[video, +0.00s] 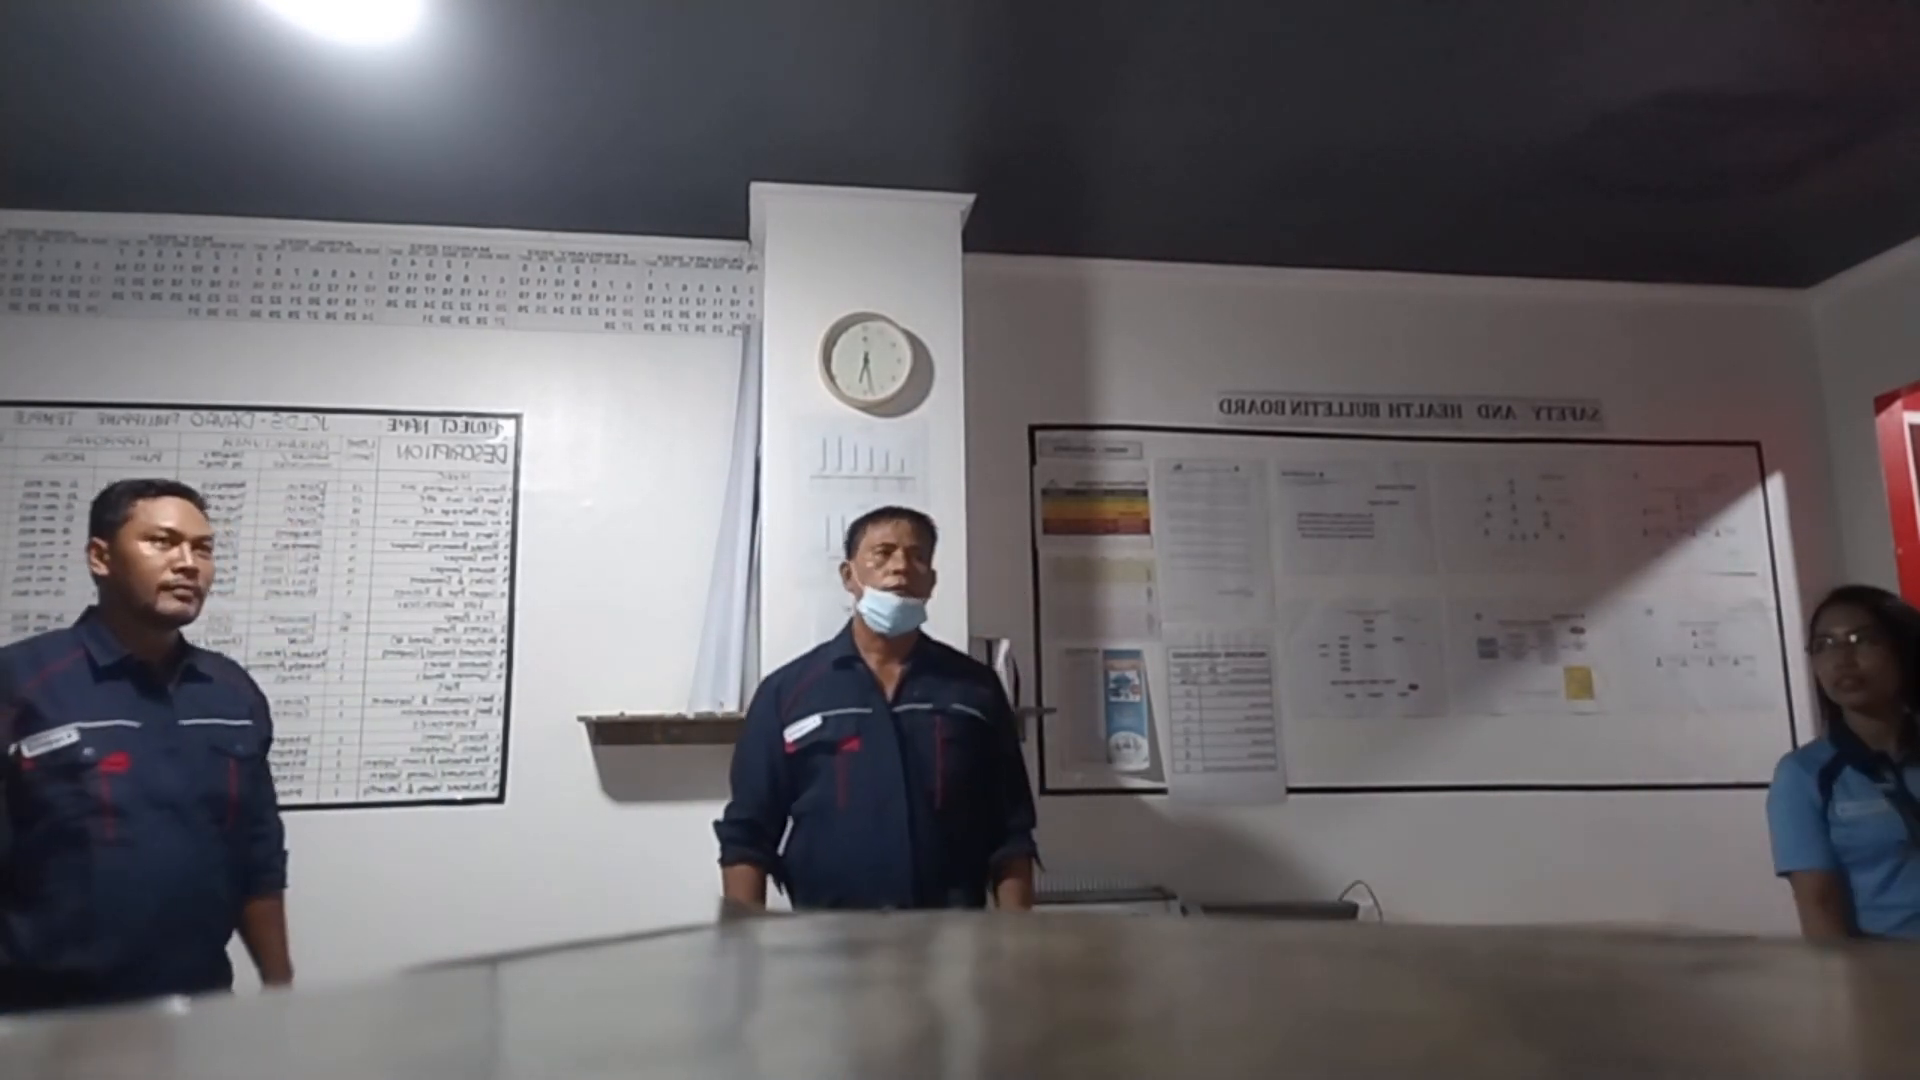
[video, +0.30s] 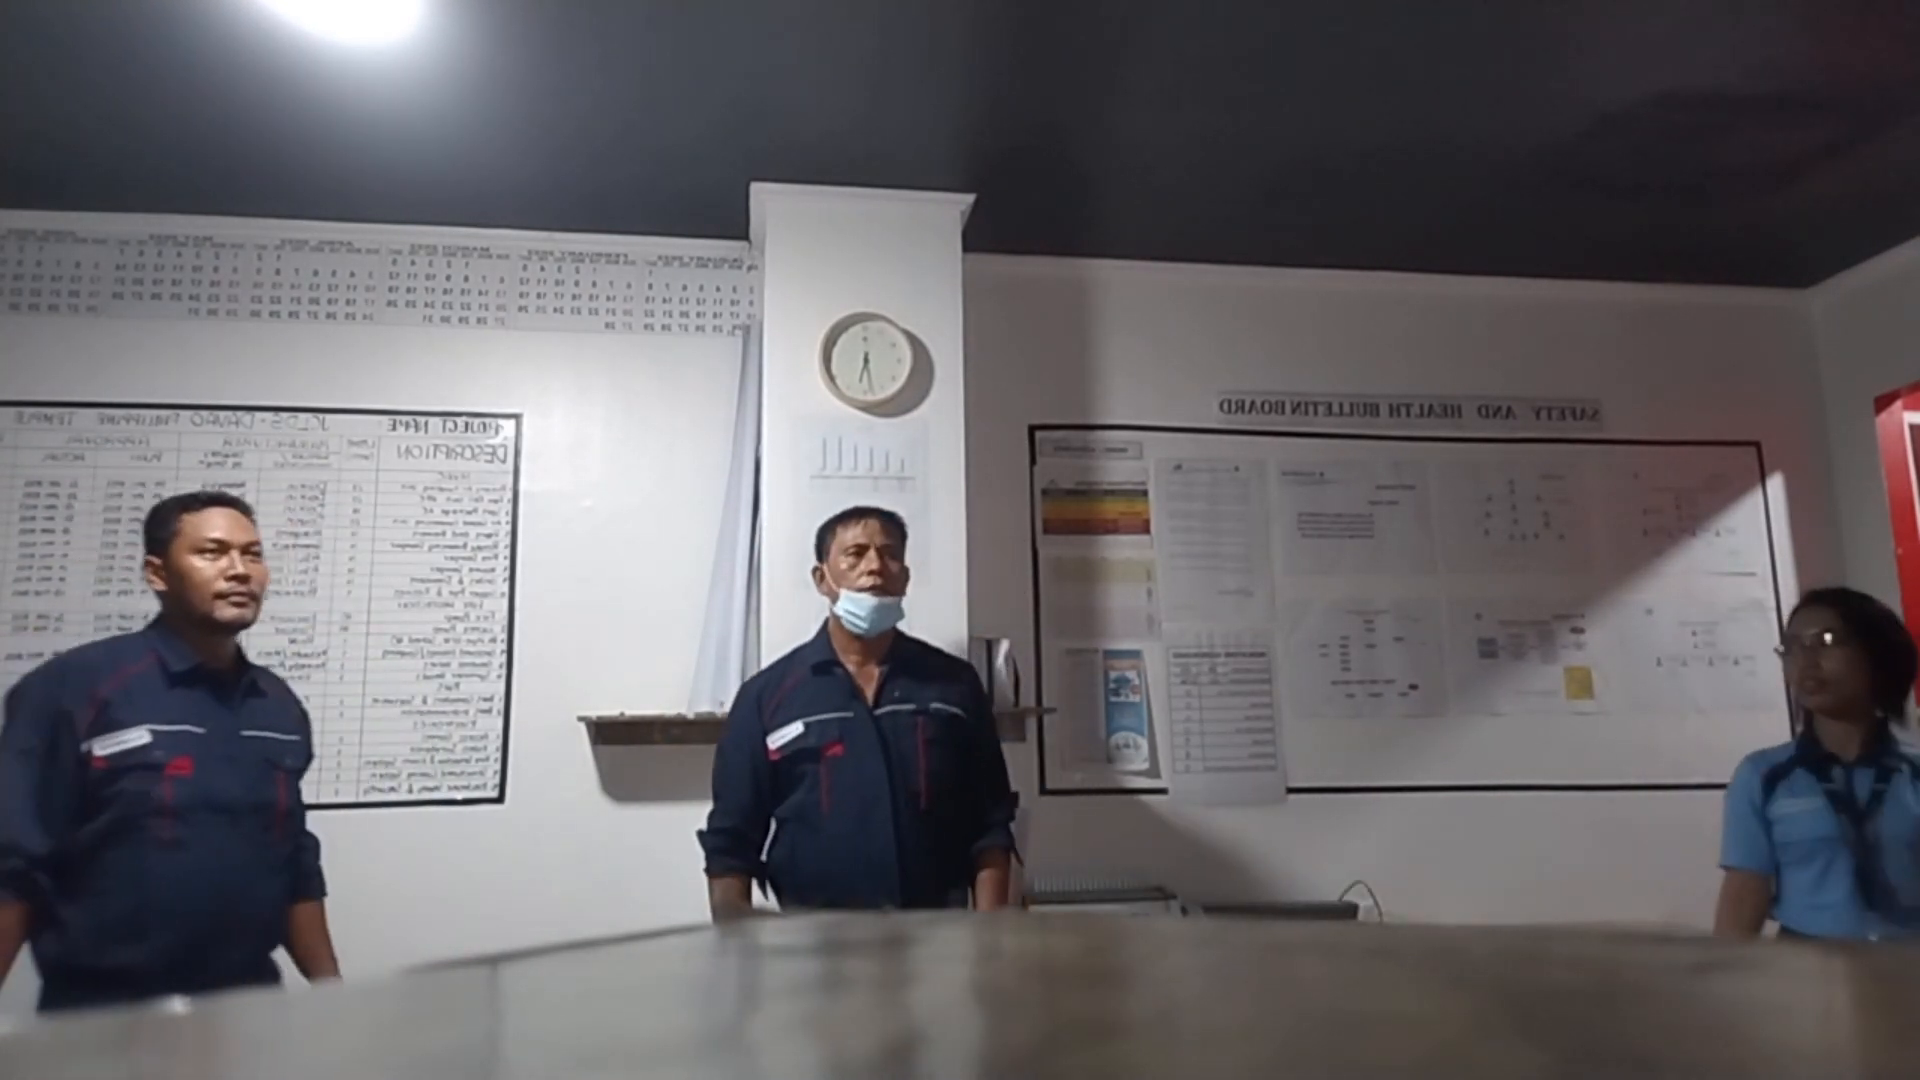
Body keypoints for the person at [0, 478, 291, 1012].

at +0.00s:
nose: (190, 563)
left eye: (202, 547)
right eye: (163, 541)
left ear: (213, 564)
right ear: (100, 558)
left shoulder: (234, 693)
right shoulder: (18, 681)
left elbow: (256, 857)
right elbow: (9, 850)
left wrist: (281, 988)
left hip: (193, 1014)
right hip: (46, 1020)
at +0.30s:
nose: (240, 570)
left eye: (252, 554)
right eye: (212, 552)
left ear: (266, 570)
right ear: (158, 573)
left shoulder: (281, 709)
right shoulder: (63, 695)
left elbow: (292, 862)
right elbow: (16, 877)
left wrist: (333, 997)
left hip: (243, 1017)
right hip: (99, 1022)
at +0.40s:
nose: (266, 571)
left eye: (279, 555)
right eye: (240, 554)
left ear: (294, 571)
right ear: (188, 575)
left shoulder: (310, 709)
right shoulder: (99, 691)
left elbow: (317, 871)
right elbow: (36, 869)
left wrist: (338, 1006)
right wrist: (0, 1003)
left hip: (276, 1021)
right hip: (133, 1024)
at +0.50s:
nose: (294, 575)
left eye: (308, 560)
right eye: (269, 557)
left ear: (322, 578)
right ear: (219, 576)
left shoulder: (340, 714)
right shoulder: (127, 689)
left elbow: (344, 880)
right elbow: (65, 852)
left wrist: (348, 1002)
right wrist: (30, 1002)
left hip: (301, 1018)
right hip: (161, 1018)